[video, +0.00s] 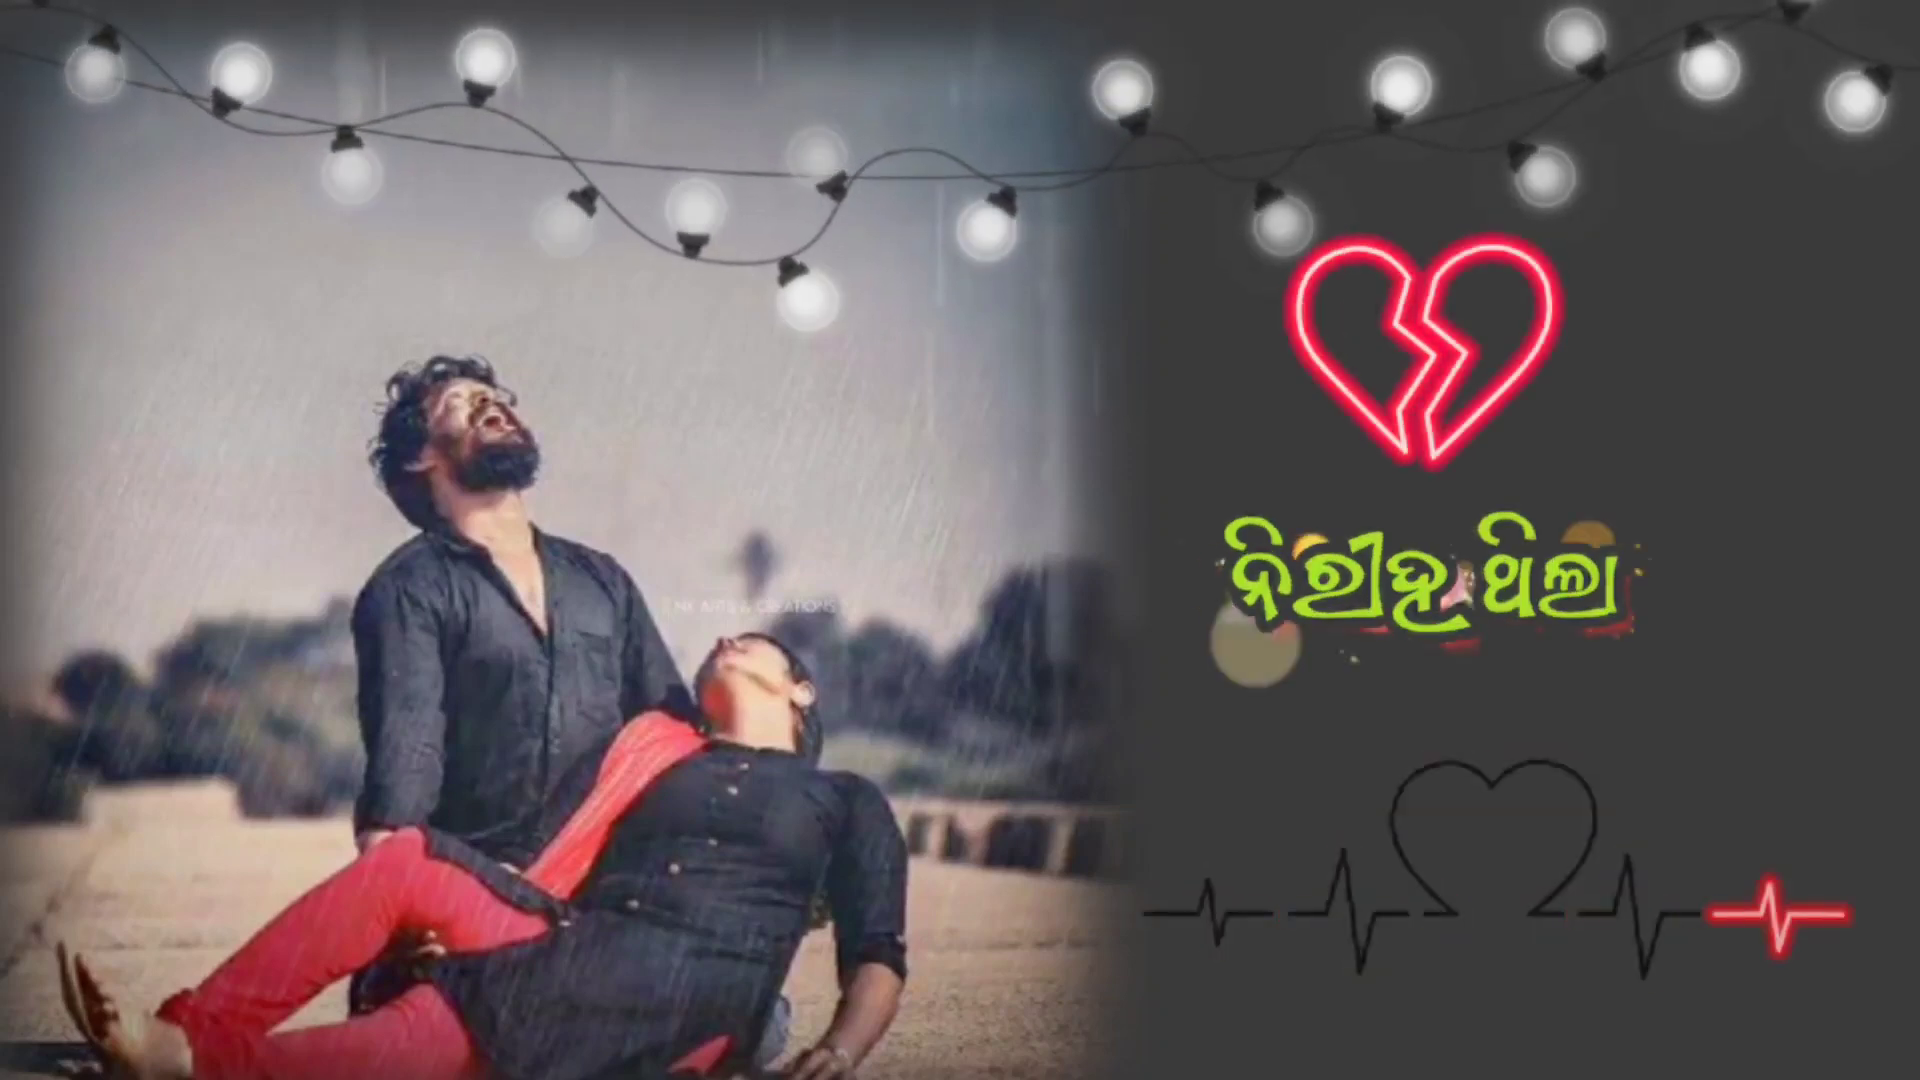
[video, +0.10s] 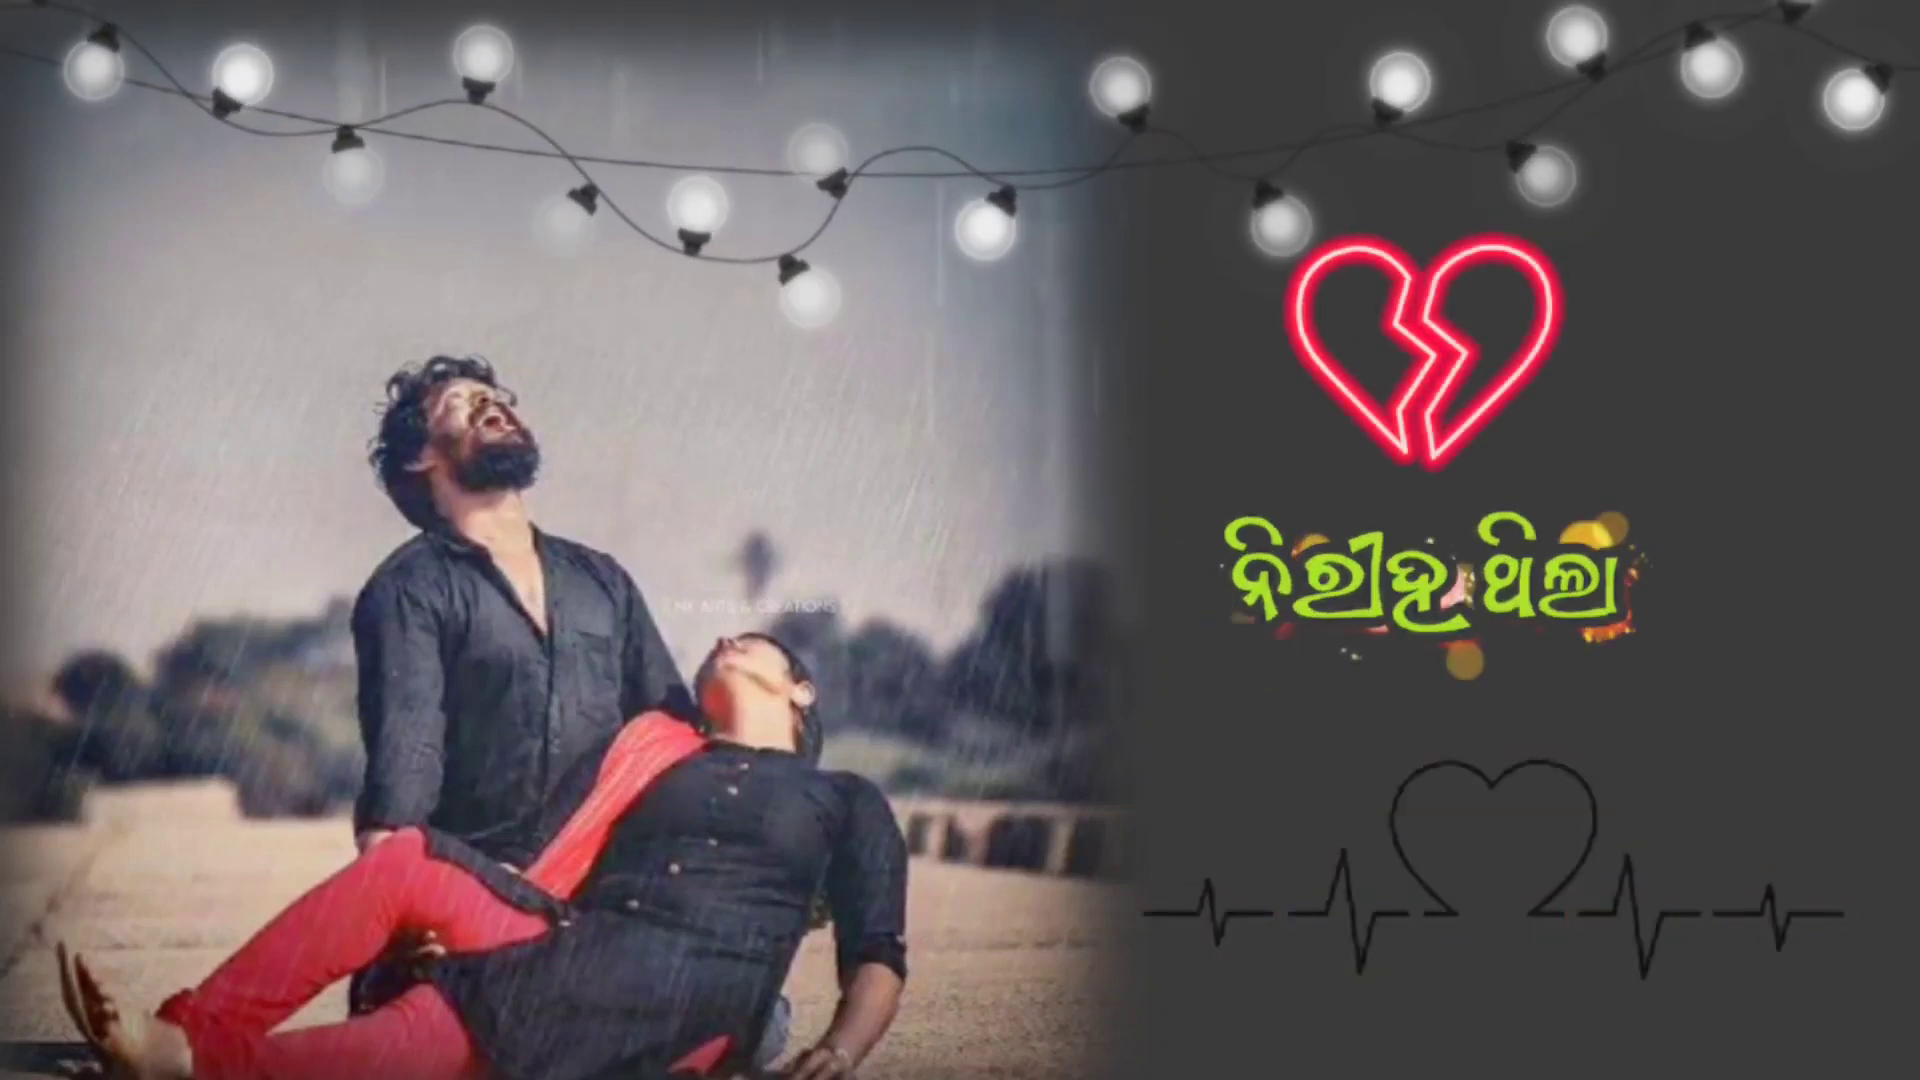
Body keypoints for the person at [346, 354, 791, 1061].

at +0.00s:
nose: (496, 409)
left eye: (501, 401)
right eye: (463, 406)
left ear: (525, 436)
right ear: (421, 462)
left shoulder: (603, 579)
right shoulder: (411, 587)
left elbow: (678, 729)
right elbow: (404, 748)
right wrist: (388, 895)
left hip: (615, 884)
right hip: (460, 889)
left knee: (762, 1020)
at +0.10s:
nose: (495, 409)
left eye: (500, 401)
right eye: (461, 406)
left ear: (525, 436)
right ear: (421, 462)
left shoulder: (603, 579)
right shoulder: (411, 587)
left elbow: (678, 729)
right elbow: (405, 745)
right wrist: (388, 892)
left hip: (616, 883)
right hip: (461, 889)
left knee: (762, 1020)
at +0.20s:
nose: (496, 409)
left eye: (501, 401)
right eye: (463, 406)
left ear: (525, 436)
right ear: (421, 462)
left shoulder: (603, 579)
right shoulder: (411, 587)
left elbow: (678, 729)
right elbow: (404, 748)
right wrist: (389, 895)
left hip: (615, 884)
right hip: (460, 889)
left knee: (762, 1020)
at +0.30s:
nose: (496, 409)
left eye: (501, 402)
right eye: (463, 406)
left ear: (525, 436)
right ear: (421, 462)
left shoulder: (603, 579)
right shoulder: (411, 587)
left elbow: (678, 729)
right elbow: (404, 747)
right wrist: (388, 894)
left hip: (615, 884)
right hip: (460, 889)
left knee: (762, 1020)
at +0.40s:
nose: (496, 409)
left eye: (501, 401)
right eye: (462, 406)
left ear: (524, 438)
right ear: (421, 463)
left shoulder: (603, 579)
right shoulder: (410, 588)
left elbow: (678, 729)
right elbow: (404, 751)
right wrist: (389, 900)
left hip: (617, 885)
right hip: (462, 890)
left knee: (762, 1020)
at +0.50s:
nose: (496, 409)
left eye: (502, 401)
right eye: (463, 406)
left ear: (525, 437)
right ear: (421, 462)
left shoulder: (603, 579)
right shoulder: (410, 588)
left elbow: (678, 729)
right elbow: (404, 750)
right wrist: (389, 900)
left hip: (616, 884)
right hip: (461, 890)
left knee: (762, 1019)